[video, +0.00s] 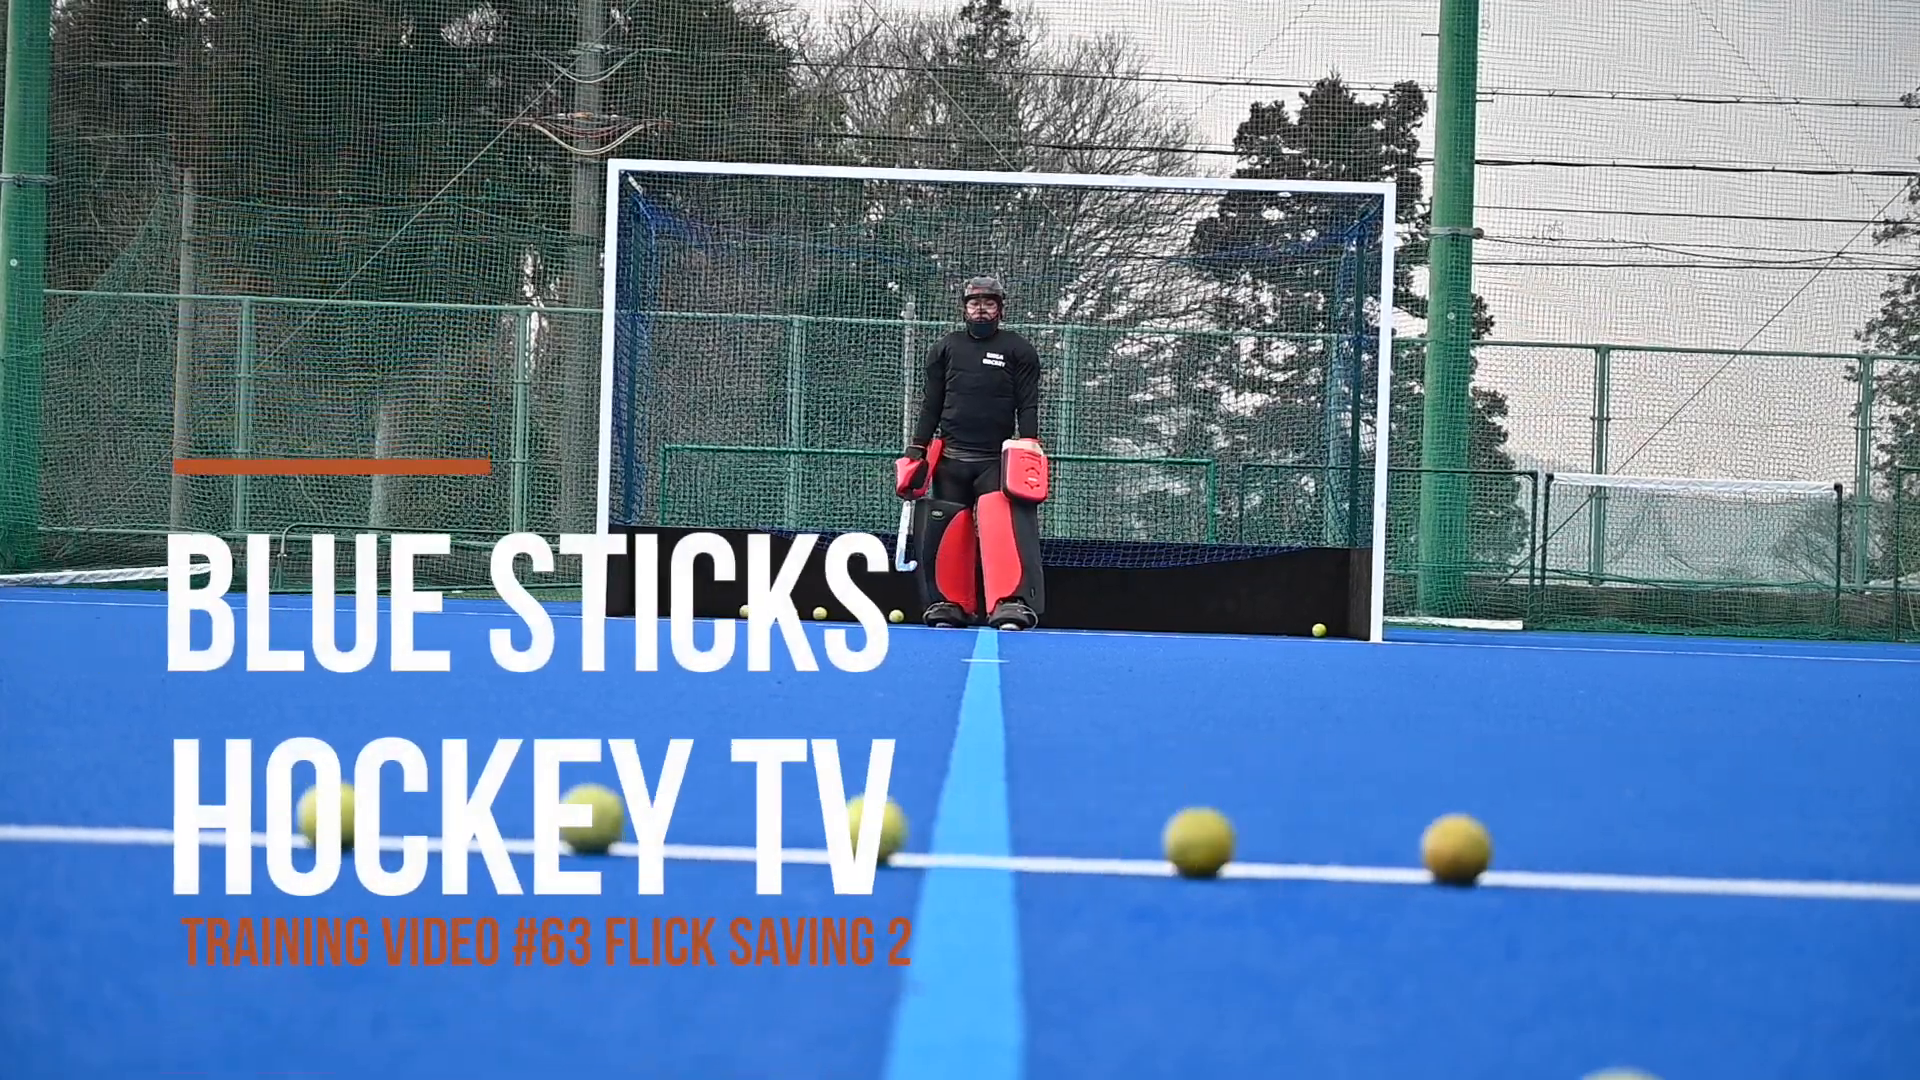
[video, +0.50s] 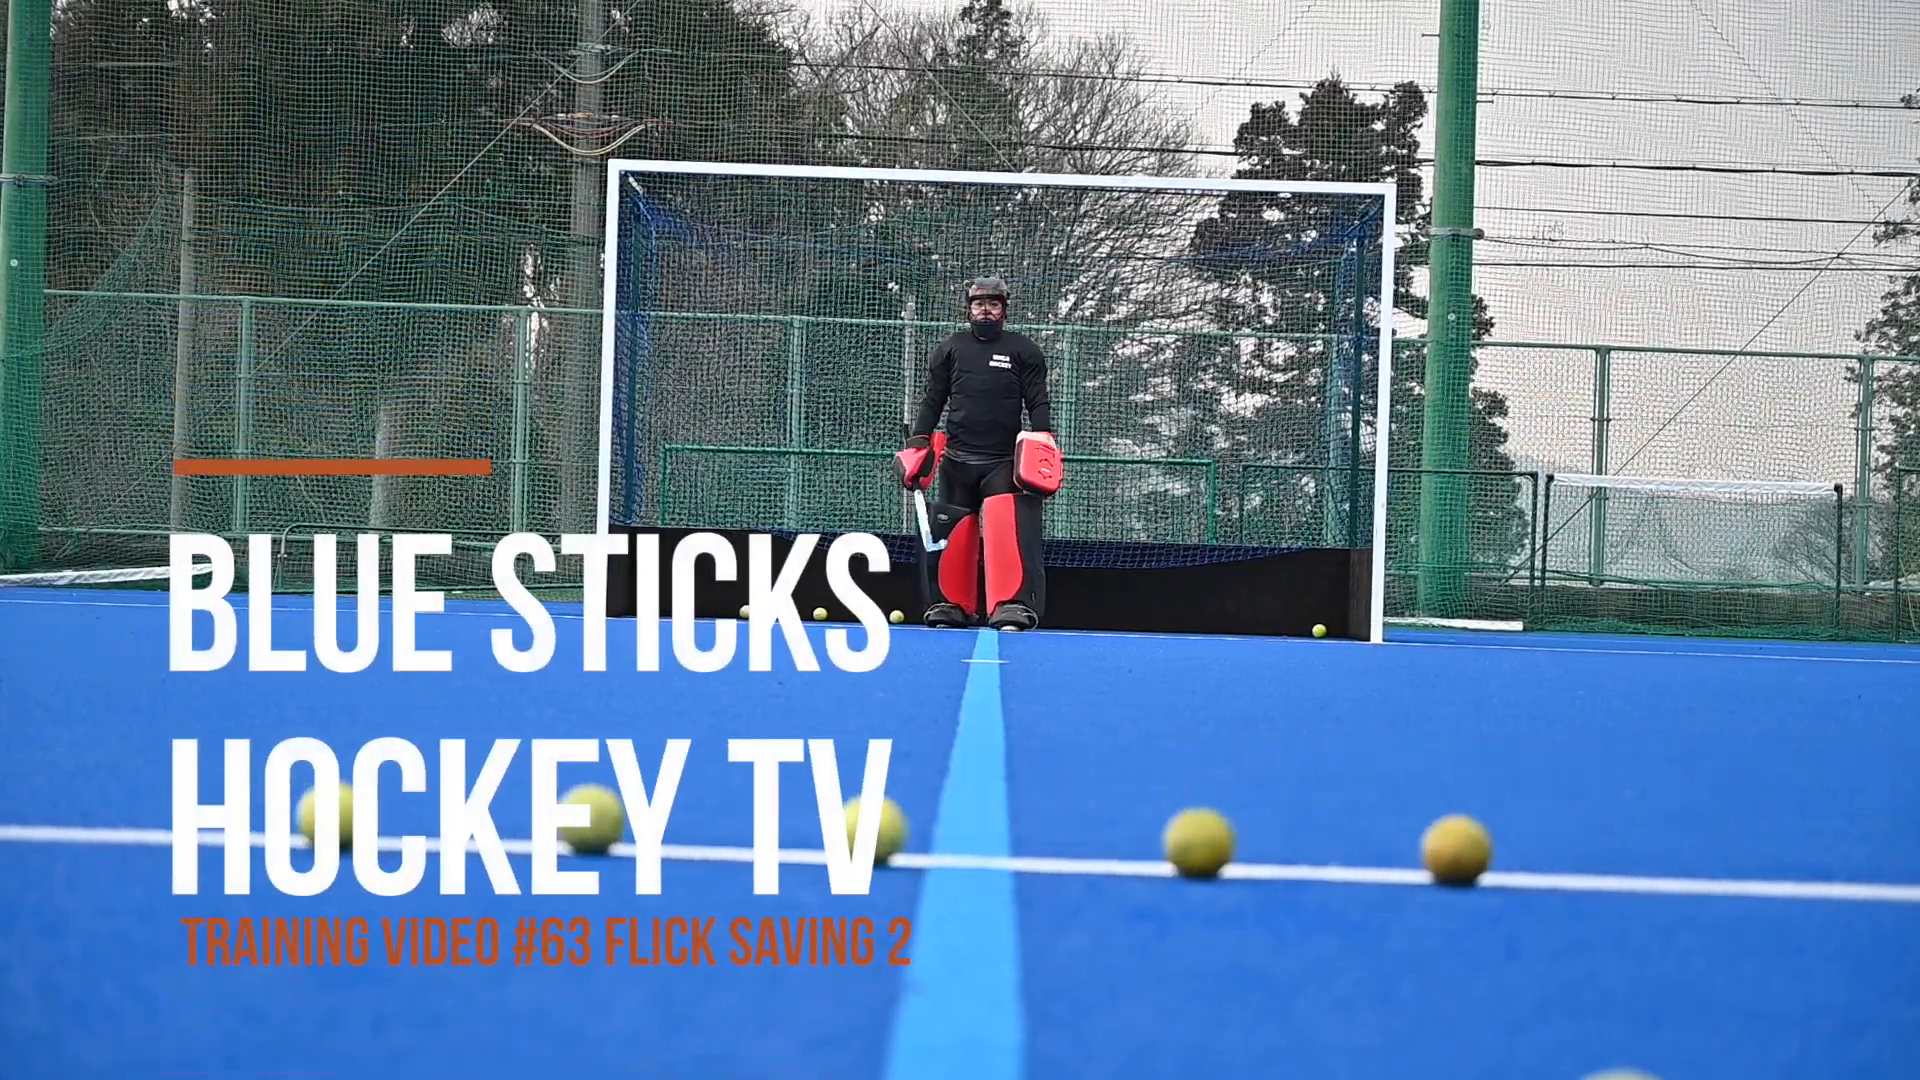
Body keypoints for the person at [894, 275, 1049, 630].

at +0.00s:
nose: (981, 309)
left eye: (988, 302)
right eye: (974, 302)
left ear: (1000, 307)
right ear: (964, 307)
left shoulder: (1019, 350)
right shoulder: (945, 348)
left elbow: (1027, 407)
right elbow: (930, 406)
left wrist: (1027, 456)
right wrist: (916, 455)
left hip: (997, 461)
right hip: (951, 459)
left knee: (1001, 530)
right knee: (946, 531)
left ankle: (1008, 605)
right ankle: (949, 605)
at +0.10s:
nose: (980, 309)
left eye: (988, 302)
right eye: (973, 302)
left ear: (1000, 307)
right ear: (963, 308)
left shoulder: (1019, 350)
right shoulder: (944, 348)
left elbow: (1027, 407)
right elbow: (930, 407)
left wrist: (1029, 457)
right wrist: (916, 456)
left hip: (997, 461)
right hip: (951, 459)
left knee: (1002, 530)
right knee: (945, 531)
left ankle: (1008, 605)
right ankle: (949, 605)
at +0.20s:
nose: (980, 310)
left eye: (988, 303)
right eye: (973, 303)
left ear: (999, 308)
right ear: (963, 308)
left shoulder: (1019, 350)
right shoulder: (943, 350)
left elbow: (1028, 407)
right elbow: (930, 407)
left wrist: (1030, 455)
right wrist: (915, 456)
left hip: (998, 461)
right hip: (952, 459)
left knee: (1004, 530)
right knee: (946, 531)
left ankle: (1009, 605)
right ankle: (948, 605)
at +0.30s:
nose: (980, 310)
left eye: (988, 303)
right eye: (973, 303)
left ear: (999, 308)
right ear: (963, 309)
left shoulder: (1019, 351)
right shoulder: (944, 350)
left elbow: (1030, 407)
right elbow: (929, 407)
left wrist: (1031, 455)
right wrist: (915, 456)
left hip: (1000, 462)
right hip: (952, 461)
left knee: (1006, 530)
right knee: (945, 532)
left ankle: (1009, 605)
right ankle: (947, 605)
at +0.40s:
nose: (982, 310)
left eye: (990, 303)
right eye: (975, 304)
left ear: (1002, 308)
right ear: (965, 309)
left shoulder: (1022, 351)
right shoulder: (946, 349)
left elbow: (1033, 406)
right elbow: (930, 405)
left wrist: (1036, 453)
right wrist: (916, 453)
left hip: (1002, 462)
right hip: (955, 461)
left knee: (1005, 532)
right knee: (947, 533)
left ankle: (1009, 606)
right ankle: (949, 605)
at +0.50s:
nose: (986, 310)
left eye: (993, 303)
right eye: (979, 303)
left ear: (1004, 308)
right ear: (968, 308)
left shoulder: (1024, 351)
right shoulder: (950, 349)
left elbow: (1038, 404)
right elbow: (931, 402)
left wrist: (1041, 450)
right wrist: (916, 447)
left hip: (1005, 462)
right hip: (957, 460)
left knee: (1007, 530)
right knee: (950, 530)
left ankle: (1011, 605)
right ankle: (951, 605)